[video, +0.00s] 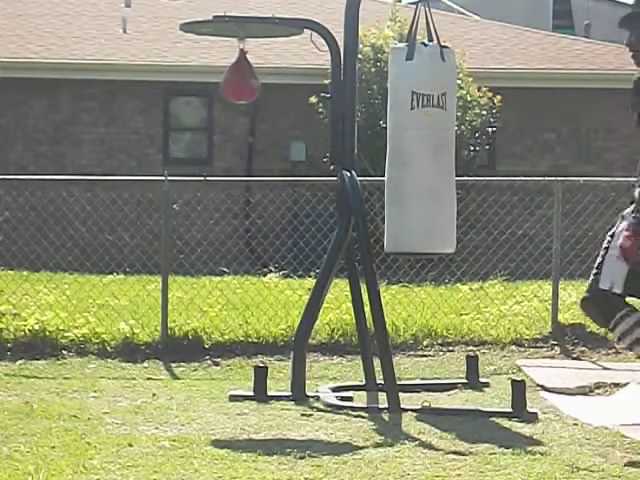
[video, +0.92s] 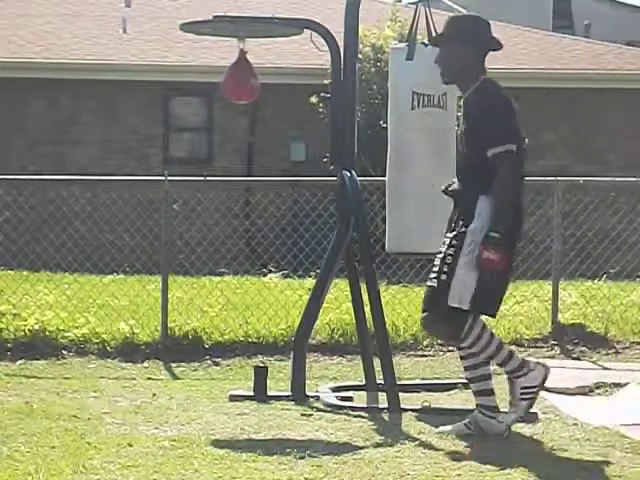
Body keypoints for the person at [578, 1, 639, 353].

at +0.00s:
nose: (630, 47)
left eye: (633, 39)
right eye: (630, 39)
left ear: (639, 41)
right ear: (631, 40)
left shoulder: (636, 88)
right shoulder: (636, 88)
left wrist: (633, 223)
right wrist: (631, 221)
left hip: (634, 213)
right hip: (633, 211)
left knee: (599, 298)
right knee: (599, 297)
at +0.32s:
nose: (565, 49)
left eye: (572, 39)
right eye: (566, 39)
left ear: (598, 40)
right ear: (600, 41)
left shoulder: (615, 88)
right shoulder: (608, 86)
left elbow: (625, 166)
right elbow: (609, 167)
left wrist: (617, 232)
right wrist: (589, 227)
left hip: (604, 210)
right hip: (598, 207)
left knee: (584, 313)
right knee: (583, 313)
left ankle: (613, 416)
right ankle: (612, 413)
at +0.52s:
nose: (525, 50)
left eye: (533, 41)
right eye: (527, 41)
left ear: (559, 44)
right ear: (558, 45)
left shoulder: (575, 92)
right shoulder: (567, 90)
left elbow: (589, 170)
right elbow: (570, 169)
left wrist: (572, 232)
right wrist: (548, 225)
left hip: (577, 219)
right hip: (559, 214)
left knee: (568, 316)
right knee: (535, 306)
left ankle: (612, 416)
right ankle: (583, 385)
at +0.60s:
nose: (510, 45)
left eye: (518, 37)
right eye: (513, 37)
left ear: (544, 41)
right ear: (544, 42)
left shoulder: (555, 86)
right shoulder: (558, 84)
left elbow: (572, 165)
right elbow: (606, 135)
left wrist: (550, 227)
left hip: (566, 212)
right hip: (541, 207)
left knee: (569, 316)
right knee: (508, 303)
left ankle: (614, 417)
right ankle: (527, 405)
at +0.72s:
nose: (485, 51)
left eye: (492, 43)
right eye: (487, 43)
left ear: (517, 48)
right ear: (517, 49)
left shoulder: (532, 94)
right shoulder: (516, 95)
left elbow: (546, 172)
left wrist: (518, 233)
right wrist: (501, 231)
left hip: (537, 223)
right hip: (509, 221)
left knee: (549, 325)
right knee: (482, 314)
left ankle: (611, 413)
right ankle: (491, 413)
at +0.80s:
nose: (465, 53)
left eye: (473, 45)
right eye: (466, 45)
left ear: (498, 51)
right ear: (495, 52)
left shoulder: (515, 96)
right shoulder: (500, 96)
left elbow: (530, 167)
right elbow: (556, 139)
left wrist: (508, 230)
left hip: (508, 226)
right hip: (488, 224)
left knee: (505, 326)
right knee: (471, 319)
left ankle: (587, 398)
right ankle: (490, 416)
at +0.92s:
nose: (436, 59)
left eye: (444, 51)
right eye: (438, 51)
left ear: (470, 54)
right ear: (468, 56)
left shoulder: (485, 98)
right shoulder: (478, 99)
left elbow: (508, 169)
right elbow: (496, 168)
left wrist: (499, 236)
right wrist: (464, 188)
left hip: (484, 219)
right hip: (473, 216)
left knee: (441, 316)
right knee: (454, 316)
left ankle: (523, 372)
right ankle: (488, 412)